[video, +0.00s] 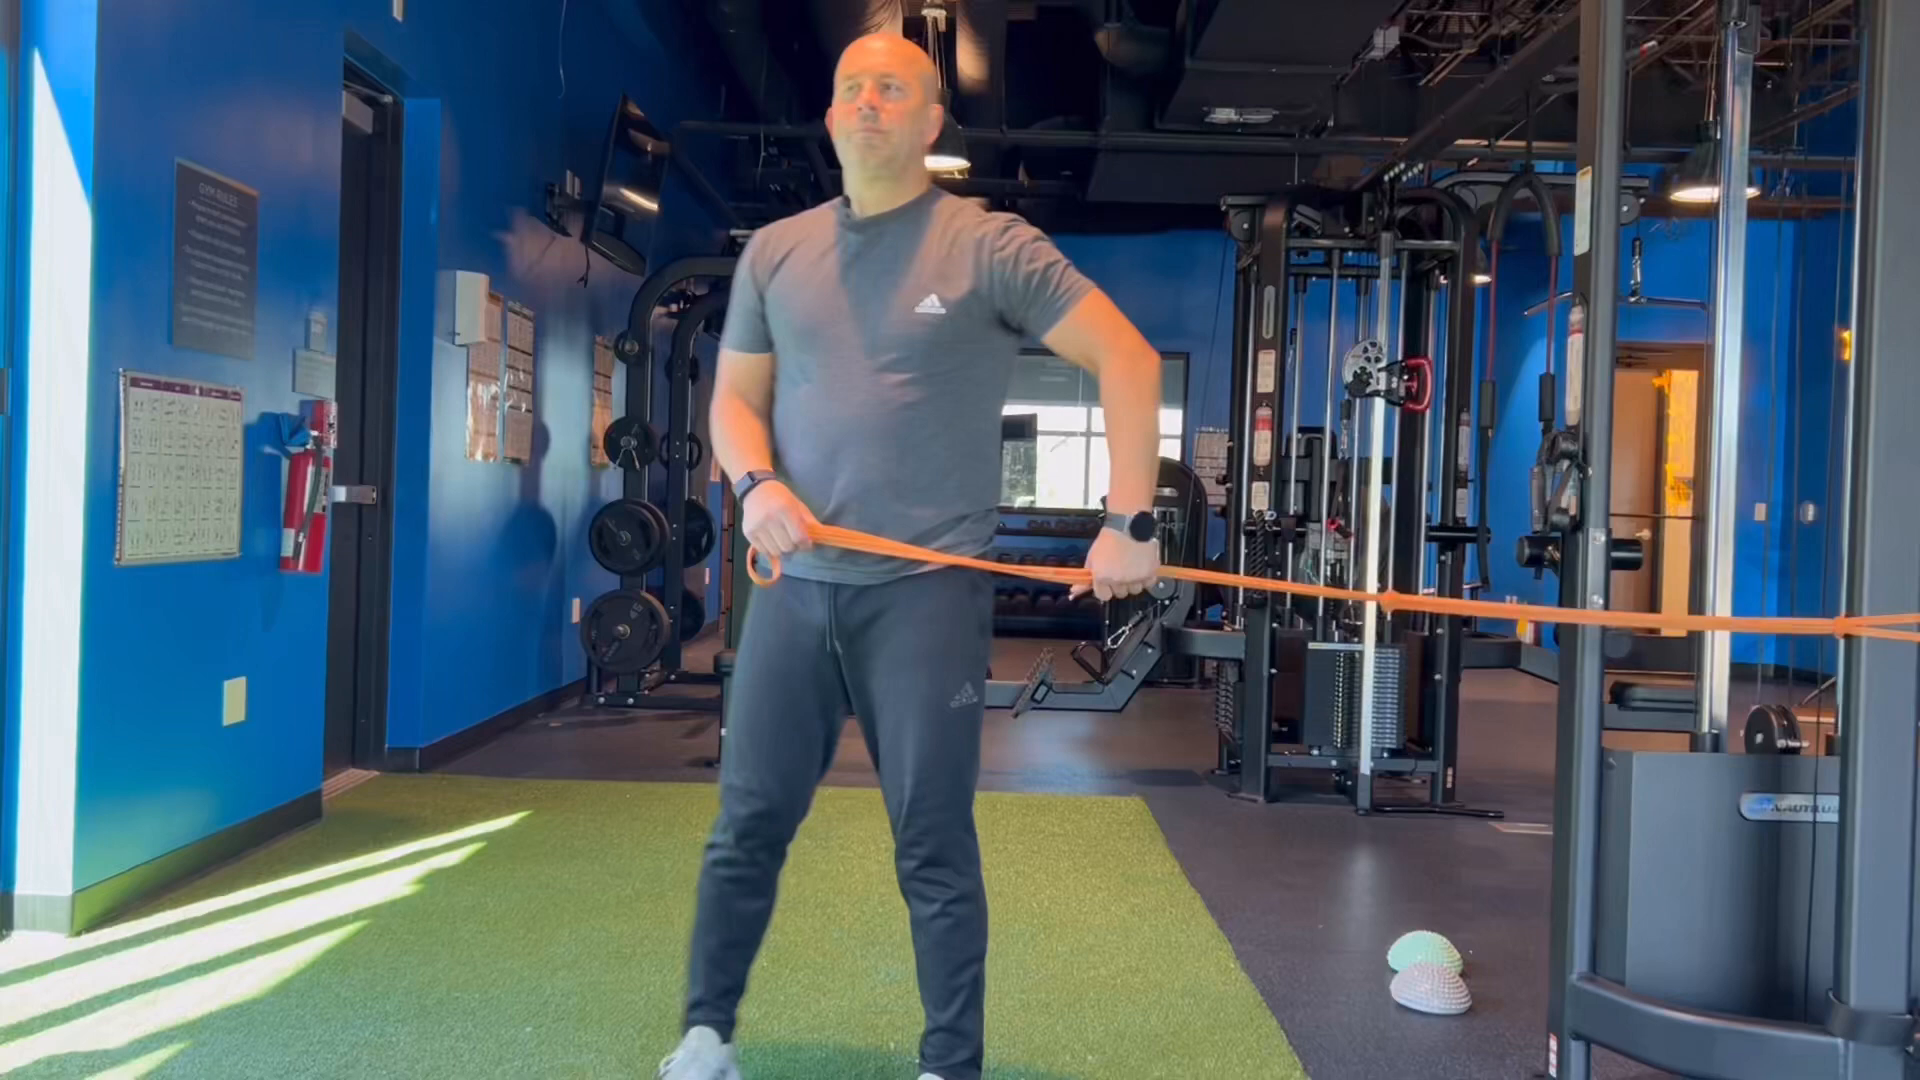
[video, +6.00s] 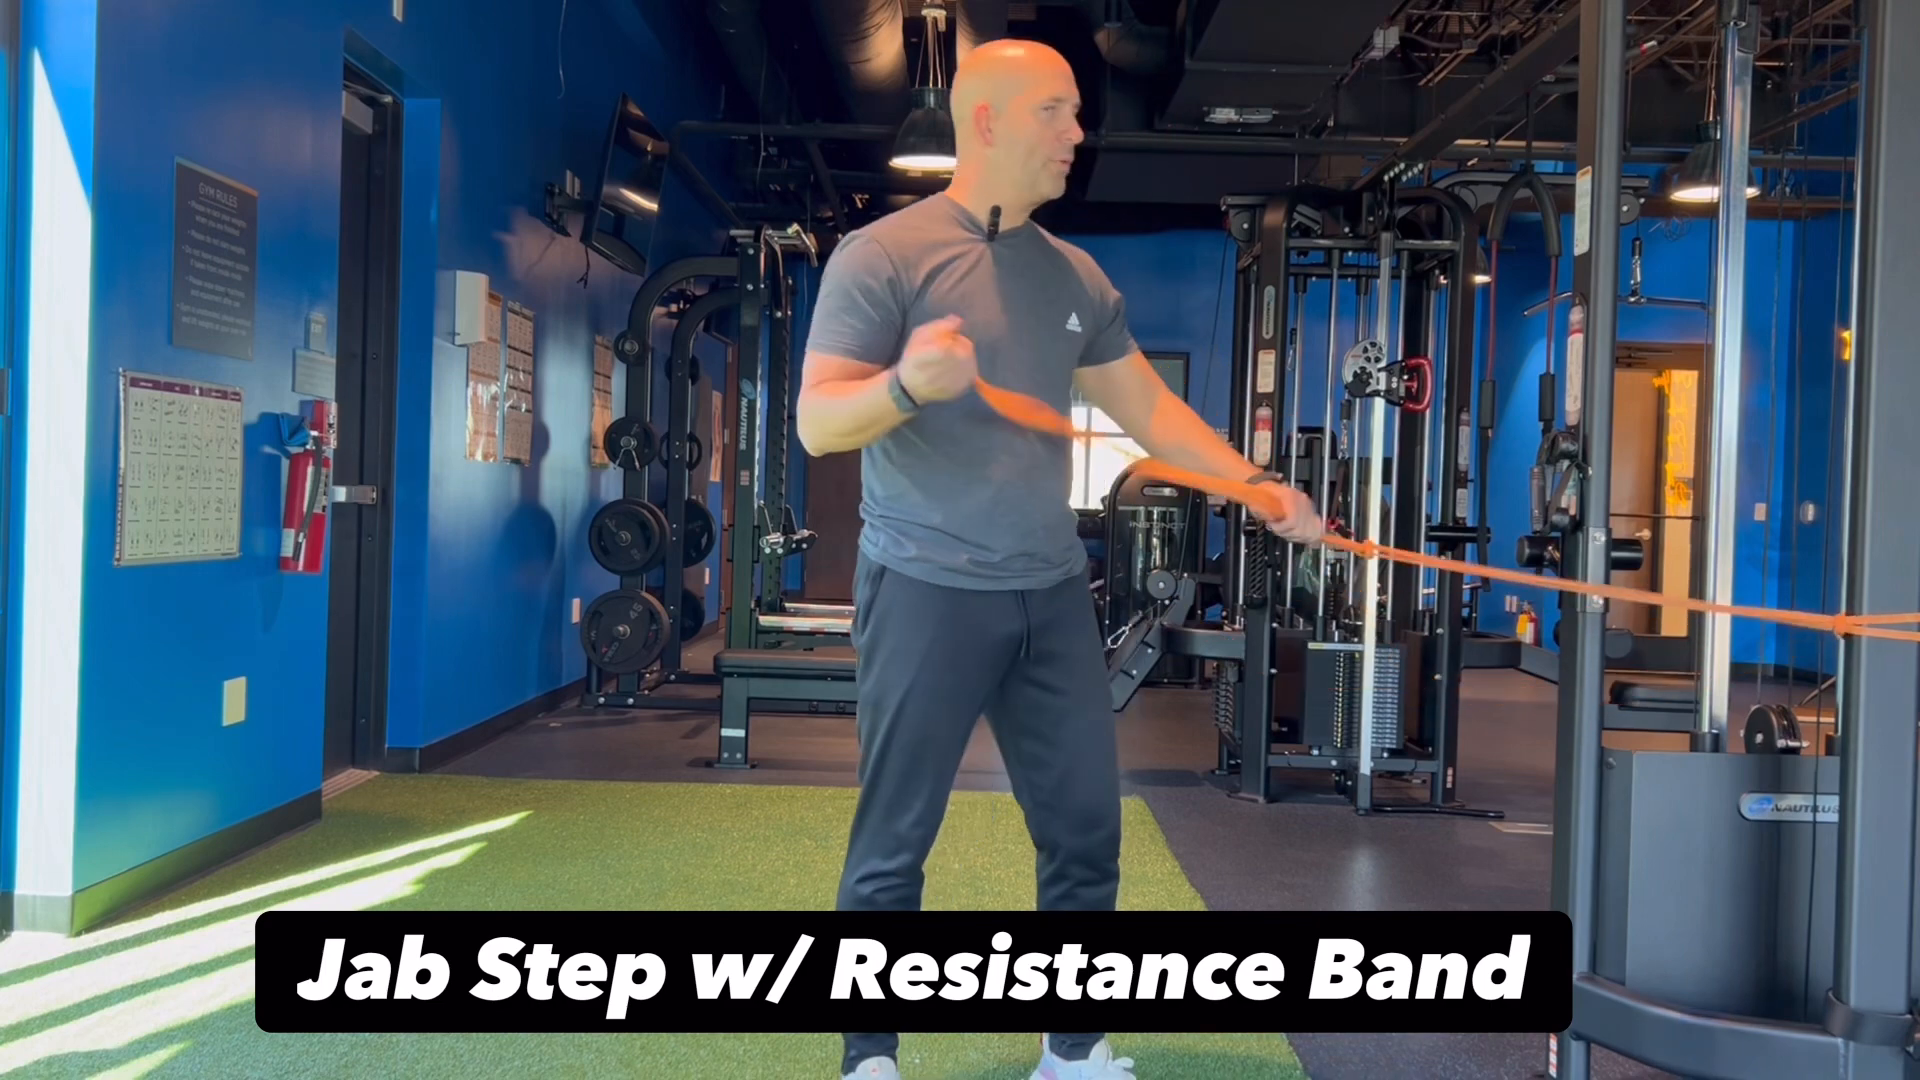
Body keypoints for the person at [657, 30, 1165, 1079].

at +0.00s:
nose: (868, 101)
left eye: (893, 87)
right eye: (853, 87)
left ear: (938, 123)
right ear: (828, 121)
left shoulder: (985, 245)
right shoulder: (772, 253)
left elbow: (1129, 357)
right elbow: (737, 398)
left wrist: (1126, 519)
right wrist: (756, 484)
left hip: (929, 584)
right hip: (792, 577)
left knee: (932, 840)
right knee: (748, 820)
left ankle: (953, 1064)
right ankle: (708, 1034)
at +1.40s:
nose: (969, 113)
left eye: (985, 97)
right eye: (944, 100)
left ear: (1010, 127)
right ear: (907, 134)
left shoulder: (1054, 278)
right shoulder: (849, 252)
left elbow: (1084, 435)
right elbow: (779, 406)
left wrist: (1132, 545)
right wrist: (912, 418)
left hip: (1006, 587)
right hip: (884, 577)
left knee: (968, 828)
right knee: (887, 832)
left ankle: (919, 1021)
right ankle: (871, 1058)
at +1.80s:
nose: (983, 106)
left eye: (996, 87)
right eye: (955, 94)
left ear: (1024, 112)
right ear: (918, 128)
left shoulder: (1079, 262)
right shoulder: (871, 254)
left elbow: (1110, 420)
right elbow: (815, 411)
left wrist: (1152, 534)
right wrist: (971, 408)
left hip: (1060, 587)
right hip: (924, 586)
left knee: (1106, 814)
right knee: (896, 849)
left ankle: (1067, 1026)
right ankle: (877, 1061)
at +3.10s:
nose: (944, 139)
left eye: (959, 121)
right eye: (923, 127)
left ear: (991, 143)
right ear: (894, 157)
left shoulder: (1064, 276)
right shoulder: (843, 282)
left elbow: (1120, 412)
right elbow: (791, 413)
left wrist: (1149, 474)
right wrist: (806, 449)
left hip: (1026, 587)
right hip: (887, 587)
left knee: (1044, 823)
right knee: (883, 823)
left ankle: (1069, 1042)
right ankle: (885, 1023)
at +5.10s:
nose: (1086, 176)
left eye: (1092, 156)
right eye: (1070, 155)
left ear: (1070, 161)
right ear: (1002, 153)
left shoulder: (1110, 281)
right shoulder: (901, 273)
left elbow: (1203, 401)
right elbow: (821, 415)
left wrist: (1226, 356)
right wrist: (880, 451)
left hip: (1077, 592)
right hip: (945, 591)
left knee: (1084, 835)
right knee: (911, 835)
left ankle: (1071, 1049)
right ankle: (884, 1037)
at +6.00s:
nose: (1079, 134)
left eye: (1077, 115)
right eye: (1059, 114)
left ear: (1025, 130)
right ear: (986, 126)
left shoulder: (1073, 276)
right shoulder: (879, 256)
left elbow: (1147, 408)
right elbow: (820, 424)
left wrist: (1257, 488)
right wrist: (905, 387)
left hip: (1052, 587)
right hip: (927, 585)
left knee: (1084, 830)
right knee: (895, 837)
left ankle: (1071, 1051)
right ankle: (870, 1055)